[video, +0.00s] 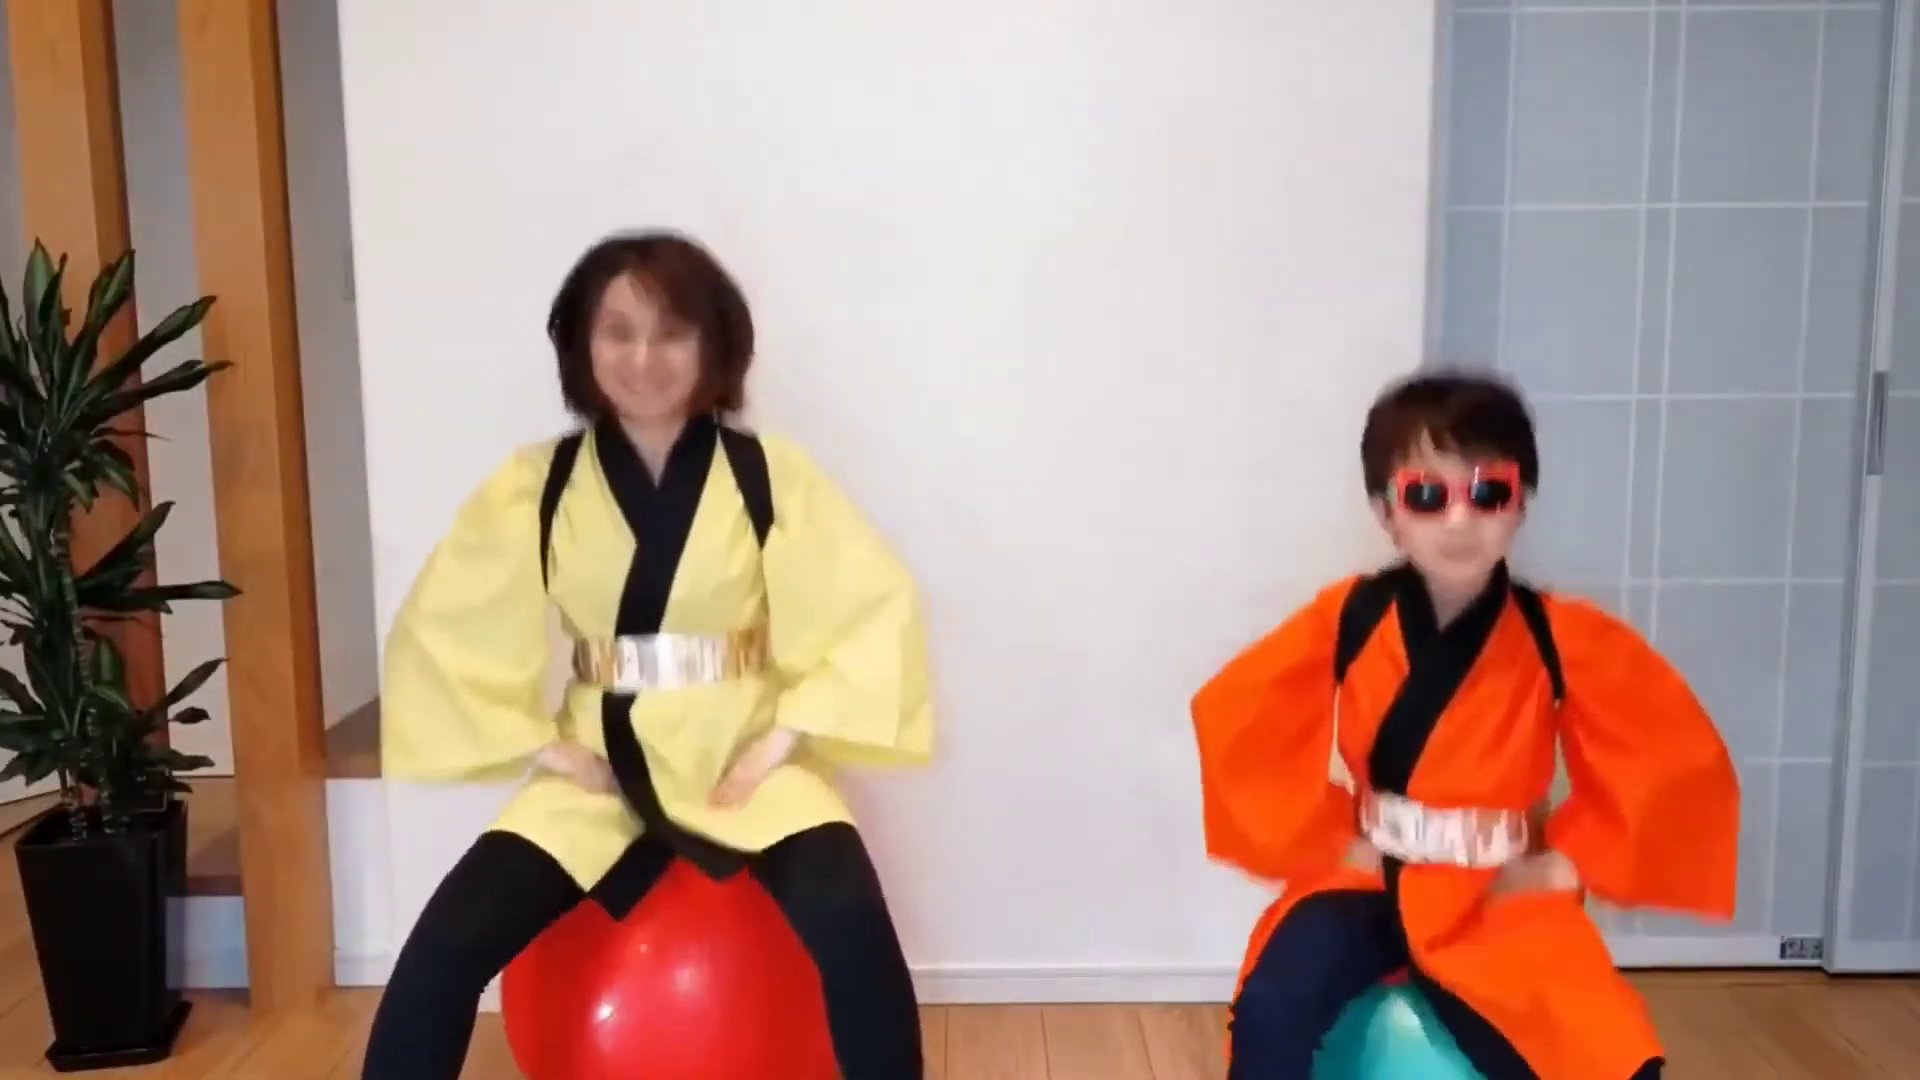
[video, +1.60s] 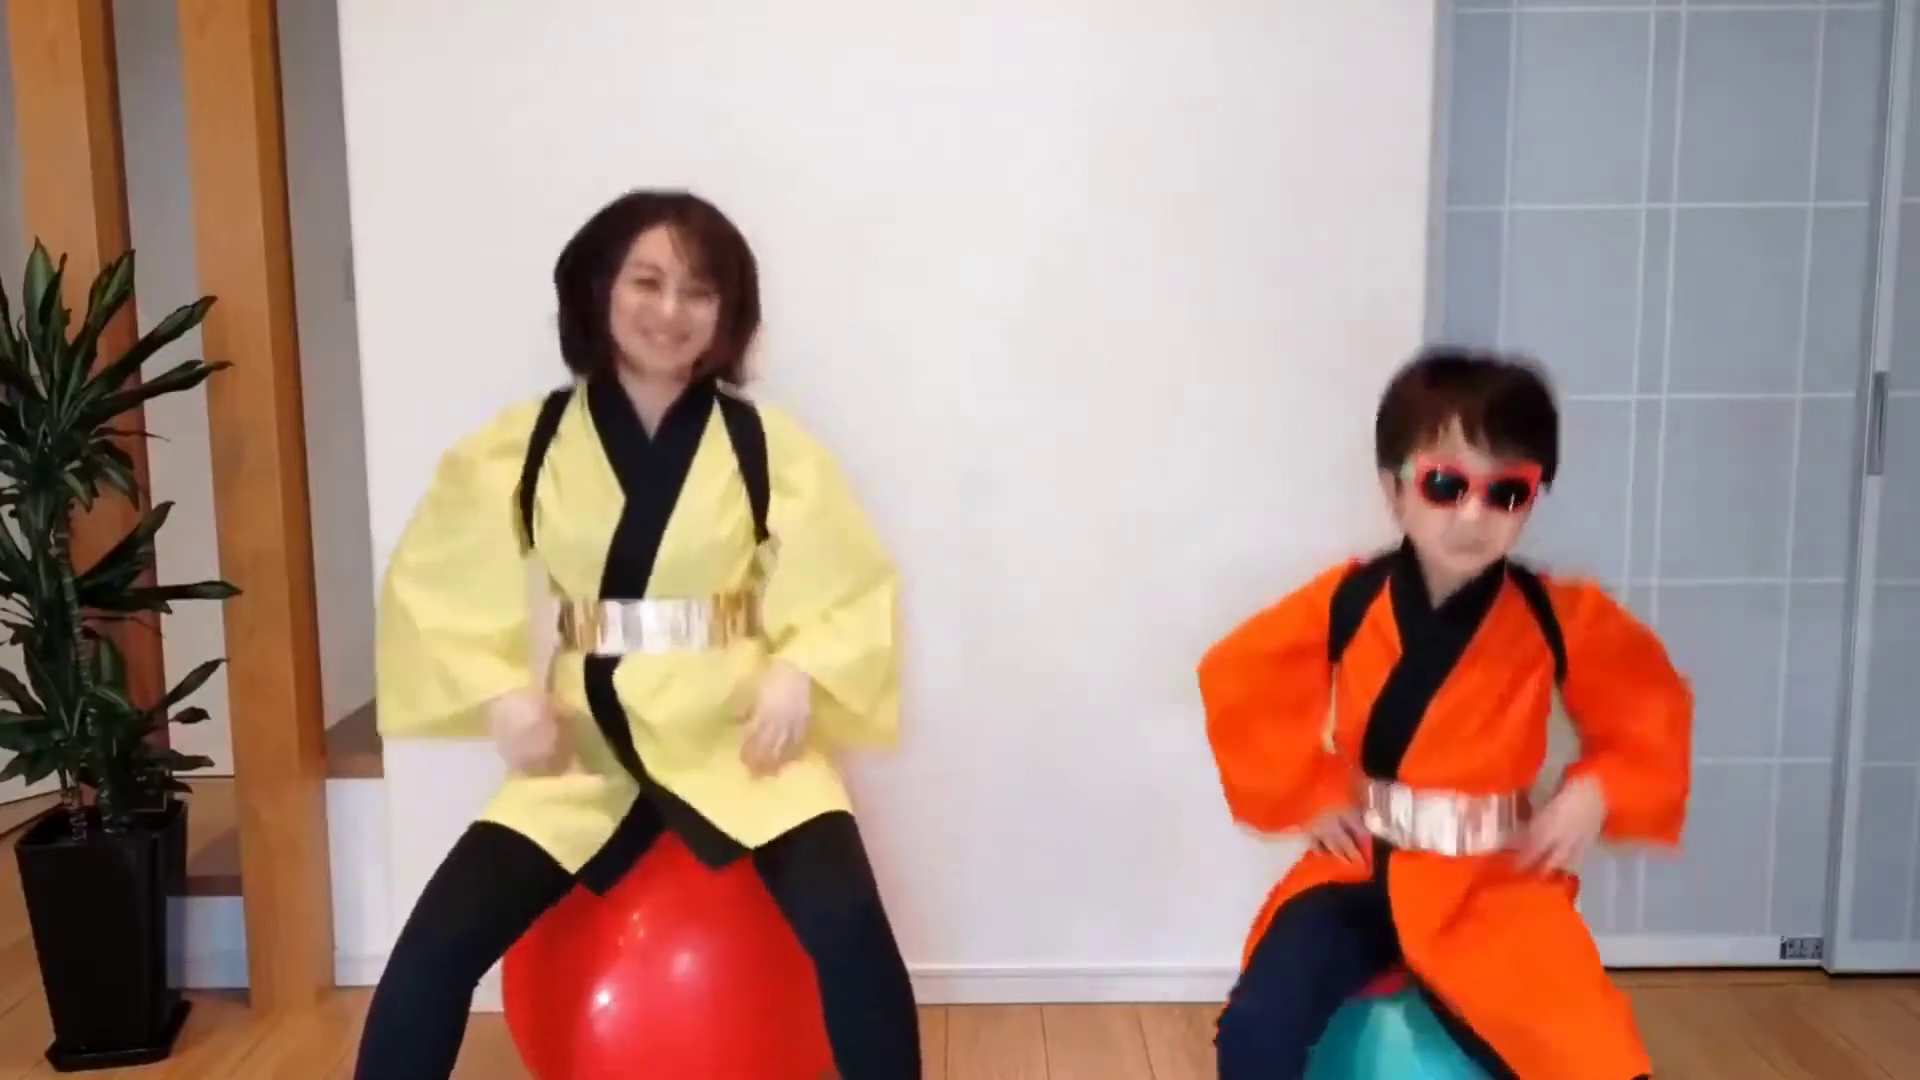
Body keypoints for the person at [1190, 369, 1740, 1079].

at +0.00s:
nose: (1459, 517)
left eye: (1489, 490)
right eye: (1427, 494)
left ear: (1520, 507)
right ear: (1386, 515)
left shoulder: (1559, 635)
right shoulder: (1352, 617)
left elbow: (1678, 758)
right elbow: (1231, 714)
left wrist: (1568, 860)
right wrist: (1326, 830)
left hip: (1504, 900)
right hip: (1365, 888)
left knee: (1618, 1059)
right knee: (1272, 1011)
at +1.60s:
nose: (1474, 514)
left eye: (1507, 492)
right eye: (1445, 484)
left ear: (1535, 499)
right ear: (1394, 487)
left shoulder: (1558, 614)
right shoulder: (1350, 599)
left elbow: (1654, 706)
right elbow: (1236, 678)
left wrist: (1595, 792)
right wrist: (1304, 792)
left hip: (1495, 880)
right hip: (1358, 868)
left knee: (1593, 1052)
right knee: (1258, 1026)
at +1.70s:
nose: (1494, 470)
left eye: (1528, 449)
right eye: (1468, 439)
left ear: (1558, 443)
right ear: (1414, 421)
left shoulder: (1562, 538)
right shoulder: (1359, 520)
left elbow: (1694, 613)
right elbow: (1219, 578)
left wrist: (1672, 664)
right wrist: (1250, 662)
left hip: (1493, 820)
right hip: (1355, 809)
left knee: (1614, 1020)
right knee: (1255, 996)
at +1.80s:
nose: (1515, 484)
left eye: (1551, 463)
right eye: (1491, 449)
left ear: (1580, 454)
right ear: (1434, 420)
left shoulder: (1568, 539)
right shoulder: (1371, 511)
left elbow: (1690, 598)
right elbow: (1216, 549)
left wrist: (1699, 665)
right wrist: (1227, 606)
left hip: (1495, 812)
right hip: (1356, 799)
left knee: (1629, 977)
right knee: (1254, 969)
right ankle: (1248, 1071)